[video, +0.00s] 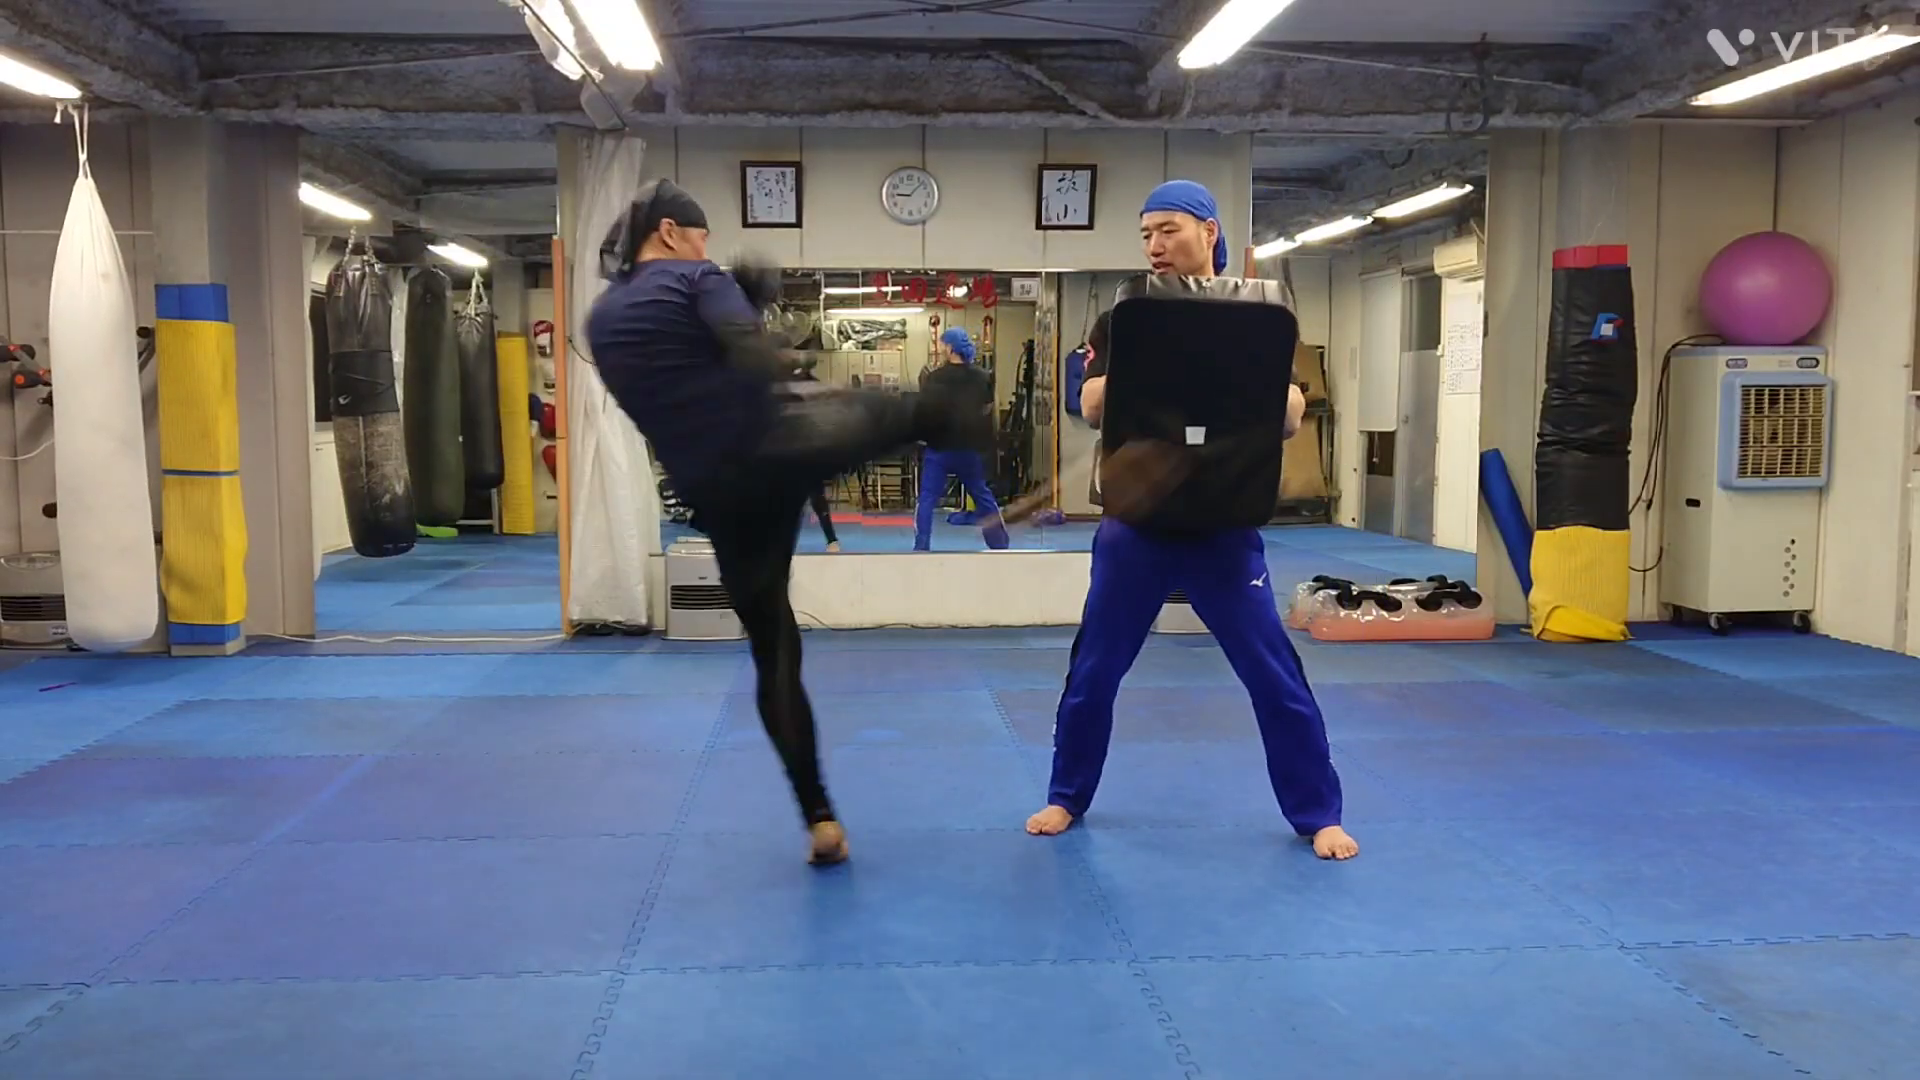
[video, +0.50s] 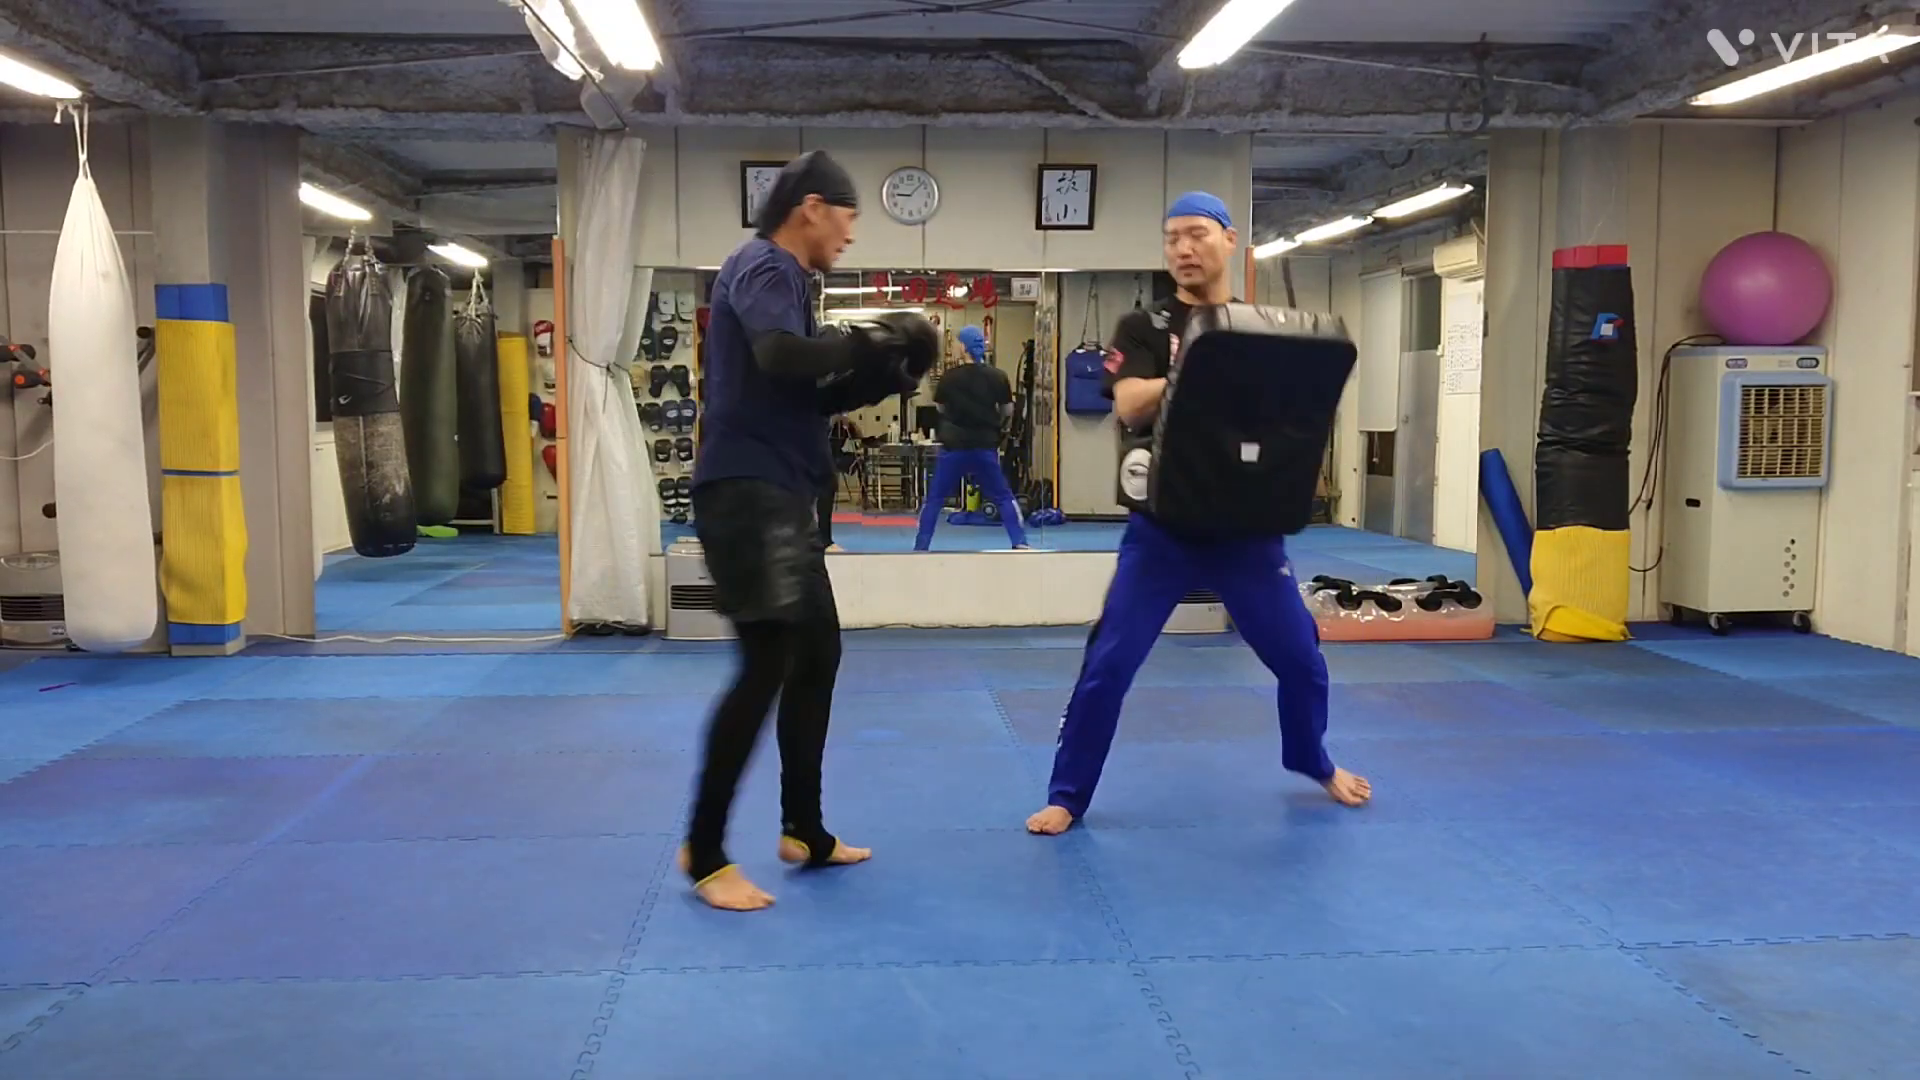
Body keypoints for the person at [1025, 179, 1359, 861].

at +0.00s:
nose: (1155, 245)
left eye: (1169, 230)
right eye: (1148, 235)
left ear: (1210, 234)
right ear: (1143, 245)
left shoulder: (1249, 314)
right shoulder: (1127, 315)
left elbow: (1290, 412)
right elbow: (1090, 402)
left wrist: (1222, 389)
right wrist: (1157, 375)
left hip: (1223, 530)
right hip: (1133, 530)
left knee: (1275, 675)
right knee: (1091, 671)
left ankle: (1320, 816)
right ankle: (1066, 798)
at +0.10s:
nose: (1160, 256)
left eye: (1174, 243)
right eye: (1152, 245)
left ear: (1214, 240)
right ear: (1143, 248)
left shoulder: (1255, 317)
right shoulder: (1131, 317)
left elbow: (1281, 404)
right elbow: (1090, 381)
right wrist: (1182, 375)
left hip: (1225, 529)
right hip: (1135, 524)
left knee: (1274, 676)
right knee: (1092, 668)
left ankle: (1318, 818)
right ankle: (1068, 799)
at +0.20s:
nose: (1167, 247)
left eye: (1181, 234)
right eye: (1158, 236)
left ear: (1213, 238)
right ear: (1147, 245)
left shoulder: (1246, 313)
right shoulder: (1129, 321)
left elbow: (1274, 393)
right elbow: (1098, 392)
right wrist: (1159, 341)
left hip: (1228, 522)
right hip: (1139, 519)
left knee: (1286, 678)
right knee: (1094, 667)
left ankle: (1320, 818)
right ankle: (1068, 800)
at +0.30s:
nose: (1167, 234)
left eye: (1180, 221)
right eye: (1158, 224)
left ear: (1214, 229)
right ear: (1147, 238)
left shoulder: (1247, 308)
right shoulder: (1122, 314)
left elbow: (1279, 390)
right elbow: (1092, 393)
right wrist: (1162, 350)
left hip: (1233, 525)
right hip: (1143, 523)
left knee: (1286, 663)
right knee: (1097, 663)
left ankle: (1321, 815)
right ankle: (1066, 800)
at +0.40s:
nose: (1170, 234)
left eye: (1184, 221)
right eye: (1160, 225)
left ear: (1216, 231)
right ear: (1150, 242)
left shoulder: (1250, 315)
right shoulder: (1127, 316)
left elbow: (1280, 393)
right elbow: (1104, 393)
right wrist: (1179, 363)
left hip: (1239, 525)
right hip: (1148, 525)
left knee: (1293, 656)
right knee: (1101, 661)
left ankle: (1320, 795)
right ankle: (1066, 799)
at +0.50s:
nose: (1184, 248)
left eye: (1197, 234)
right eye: (1173, 238)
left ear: (1230, 243)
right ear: (1165, 252)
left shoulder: (1267, 330)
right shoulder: (1145, 325)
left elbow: (1291, 413)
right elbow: (1127, 404)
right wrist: (1196, 378)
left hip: (1248, 535)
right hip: (1159, 532)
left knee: (1304, 662)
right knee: (1107, 663)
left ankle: (1311, 758)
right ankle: (1066, 797)